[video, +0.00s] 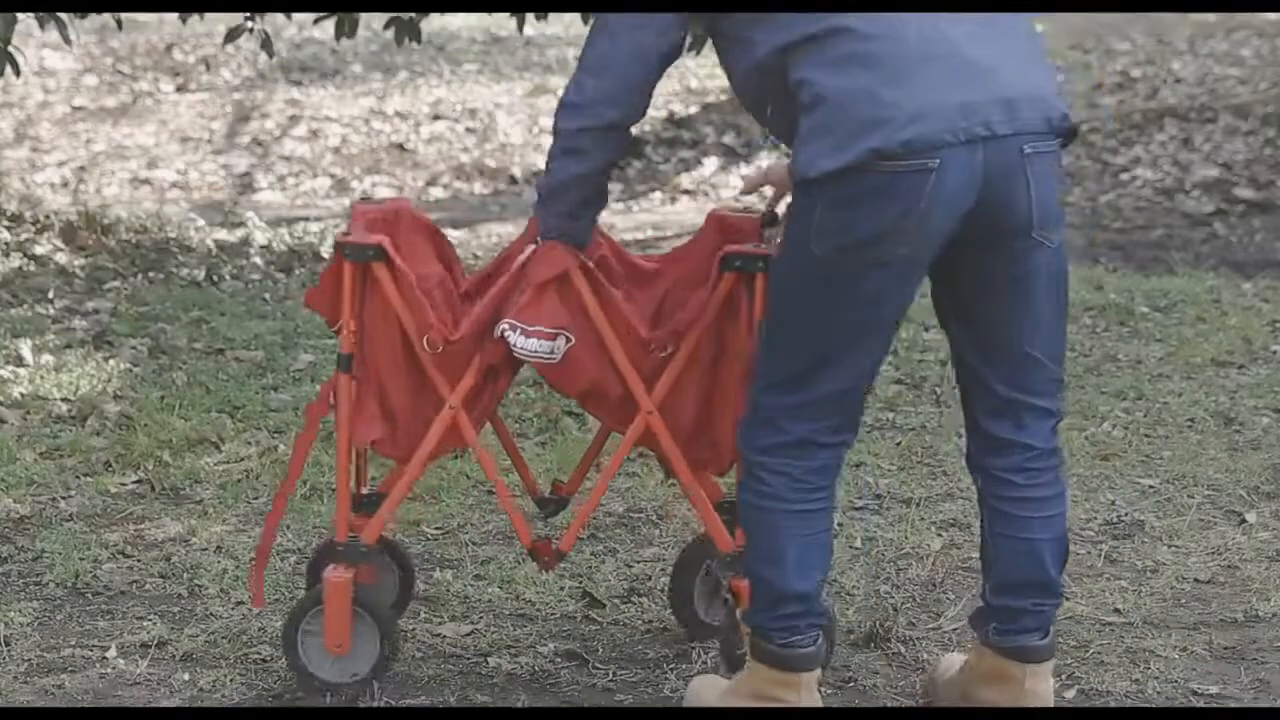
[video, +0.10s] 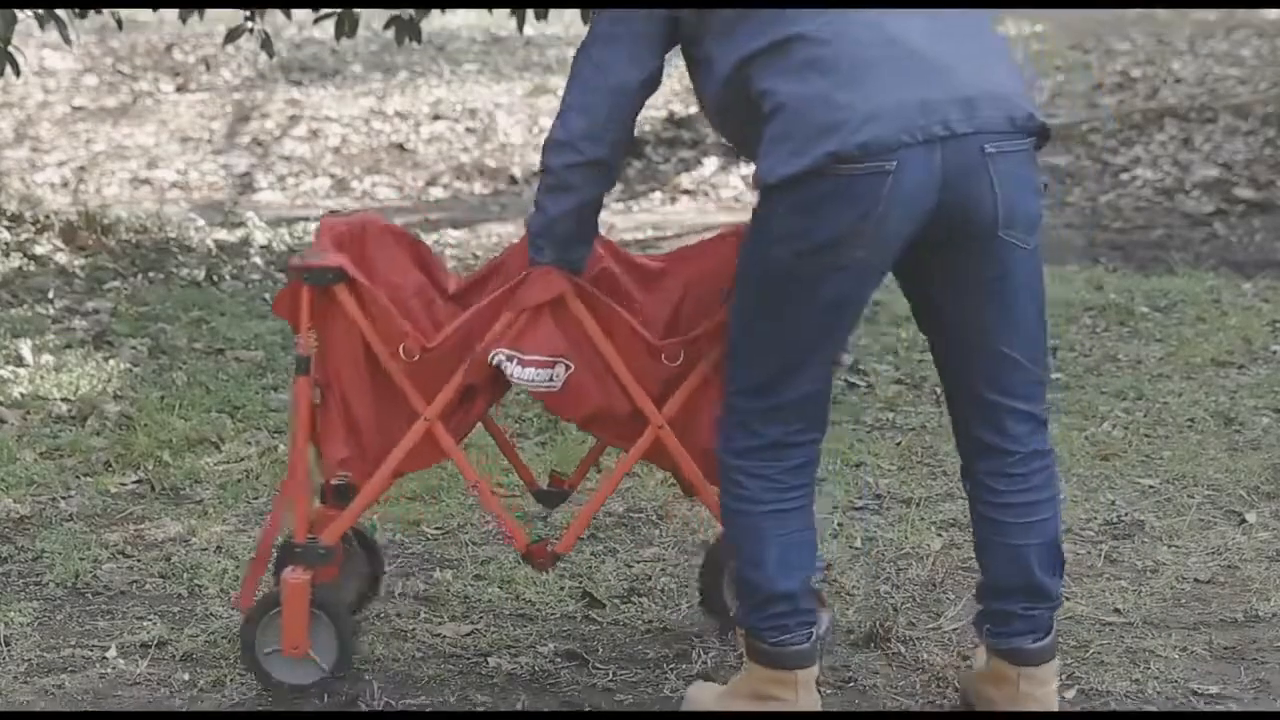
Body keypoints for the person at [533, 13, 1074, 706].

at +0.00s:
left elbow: (598, 101)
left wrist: (560, 232)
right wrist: (808, 160)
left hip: (883, 154)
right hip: (1025, 143)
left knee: (797, 434)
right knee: (1021, 432)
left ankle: (783, 672)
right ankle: (1018, 664)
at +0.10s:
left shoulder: (656, 8)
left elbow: (596, 105)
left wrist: (557, 247)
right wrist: (790, 229)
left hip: (845, 159)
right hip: (995, 146)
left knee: (772, 438)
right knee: (1011, 434)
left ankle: (780, 674)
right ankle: (1025, 669)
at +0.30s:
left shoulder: (640, 18)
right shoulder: (867, 11)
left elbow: (593, 213)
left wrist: (545, 366)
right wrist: (790, 302)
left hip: (792, 185)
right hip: (953, 162)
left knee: (734, 435)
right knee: (997, 425)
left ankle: (779, 675)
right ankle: (1038, 668)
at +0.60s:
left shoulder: (640, 14)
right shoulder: (872, 5)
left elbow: (598, 202)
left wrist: (557, 350)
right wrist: (793, 297)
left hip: (788, 186)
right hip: (945, 157)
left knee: (734, 433)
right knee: (999, 421)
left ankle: (778, 677)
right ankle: (1042, 669)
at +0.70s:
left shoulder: (640, 2)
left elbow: (603, 152)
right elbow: (946, 24)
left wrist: (579, 310)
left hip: (791, 178)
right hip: (950, 152)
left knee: (747, 429)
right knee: (1003, 418)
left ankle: (780, 672)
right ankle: (1042, 661)